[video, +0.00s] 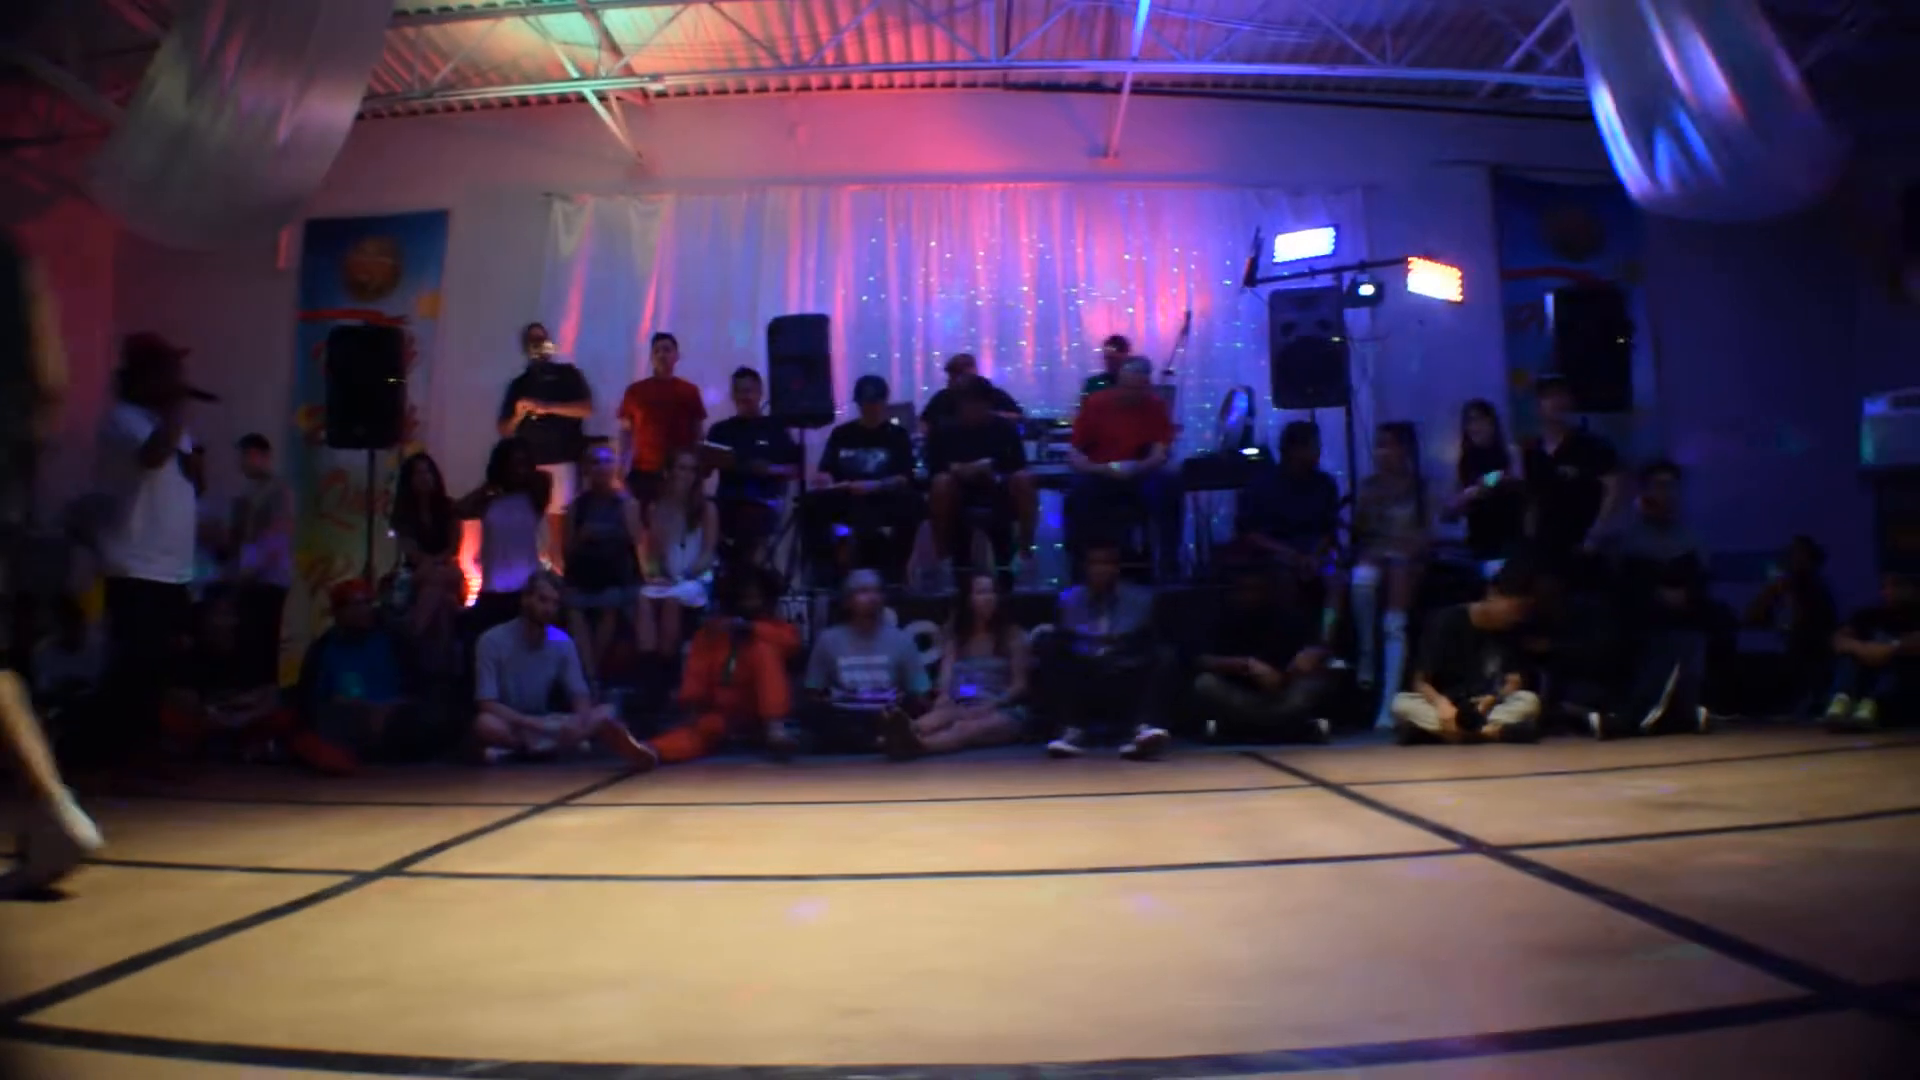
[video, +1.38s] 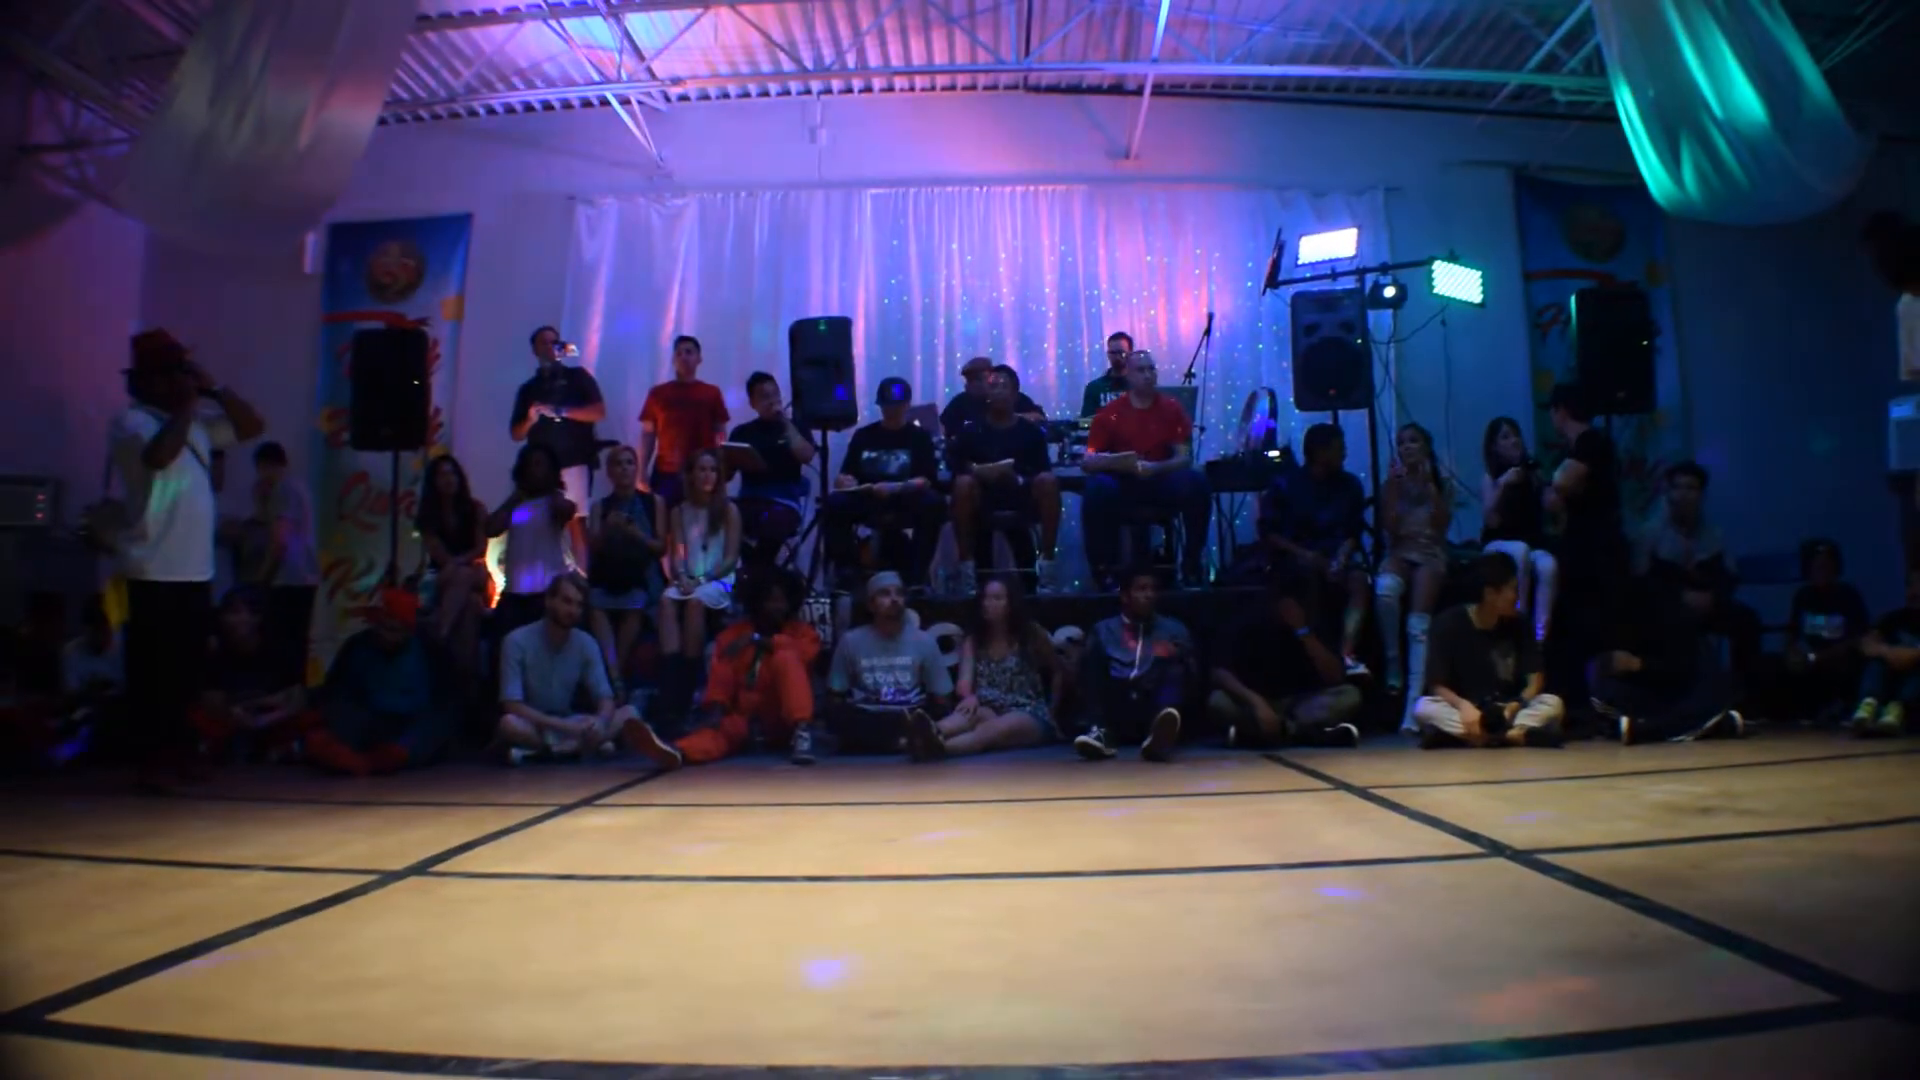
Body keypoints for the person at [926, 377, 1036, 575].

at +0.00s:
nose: (972, 410)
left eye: (978, 402)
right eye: (966, 402)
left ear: (988, 403)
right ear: (957, 404)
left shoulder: (1002, 428)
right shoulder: (944, 431)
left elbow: (1017, 464)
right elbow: (934, 467)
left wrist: (989, 468)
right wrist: (957, 469)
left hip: (995, 482)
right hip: (959, 482)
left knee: (1023, 480)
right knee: (942, 483)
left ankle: (1025, 551)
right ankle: (944, 557)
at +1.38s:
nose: (997, 391)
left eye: (1003, 386)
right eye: (993, 386)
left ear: (1015, 393)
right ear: (985, 391)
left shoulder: (1030, 430)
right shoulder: (972, 429)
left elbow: (1042, 469)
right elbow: (956, 465)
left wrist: (1014, 476)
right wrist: (979, 471)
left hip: (1018, 489)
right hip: (984, 489)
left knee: (1047, 482)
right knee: (964, 484)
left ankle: (1047, 559)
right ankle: (966, 564)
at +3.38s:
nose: (994, 412)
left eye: (1000, 406)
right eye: (989, 405)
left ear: (1009, 406)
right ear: (981, 404)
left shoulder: (1022, 433)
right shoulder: (965, 433)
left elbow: (1034, 470)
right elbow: (950, 470)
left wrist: (1008, 479)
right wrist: (974, 474)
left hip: (1011, 491)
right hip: (977, 492)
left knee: (1041, 486)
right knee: (957, 488)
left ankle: (1040, 562)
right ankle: (960, 565)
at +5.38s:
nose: (987, 399)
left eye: (995, 394)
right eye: (985, 392)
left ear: (1009, 399)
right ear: (980, 395)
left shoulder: (1024, 434)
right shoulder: (963, 434)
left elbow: (1034, 473)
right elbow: (950, 470)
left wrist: (1008, 480)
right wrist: (974, 473)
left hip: (1012, 492)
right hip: (976, 493)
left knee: (1040, 486)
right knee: (956, 487)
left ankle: (1041, 561)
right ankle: (958, 564)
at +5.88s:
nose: (981, 394)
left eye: (986, 388)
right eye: (977, 389)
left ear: (1002, 394)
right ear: (974, 396)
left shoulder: (1022, 432)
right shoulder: (965, 433)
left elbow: (1035, 472)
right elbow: (950, 470)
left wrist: (1009, 481)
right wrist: (977, 475)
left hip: (1012, 490)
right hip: (978, 491)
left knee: (1040, 486)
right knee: (957, 487)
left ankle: (1041, 562)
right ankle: (958, 565)